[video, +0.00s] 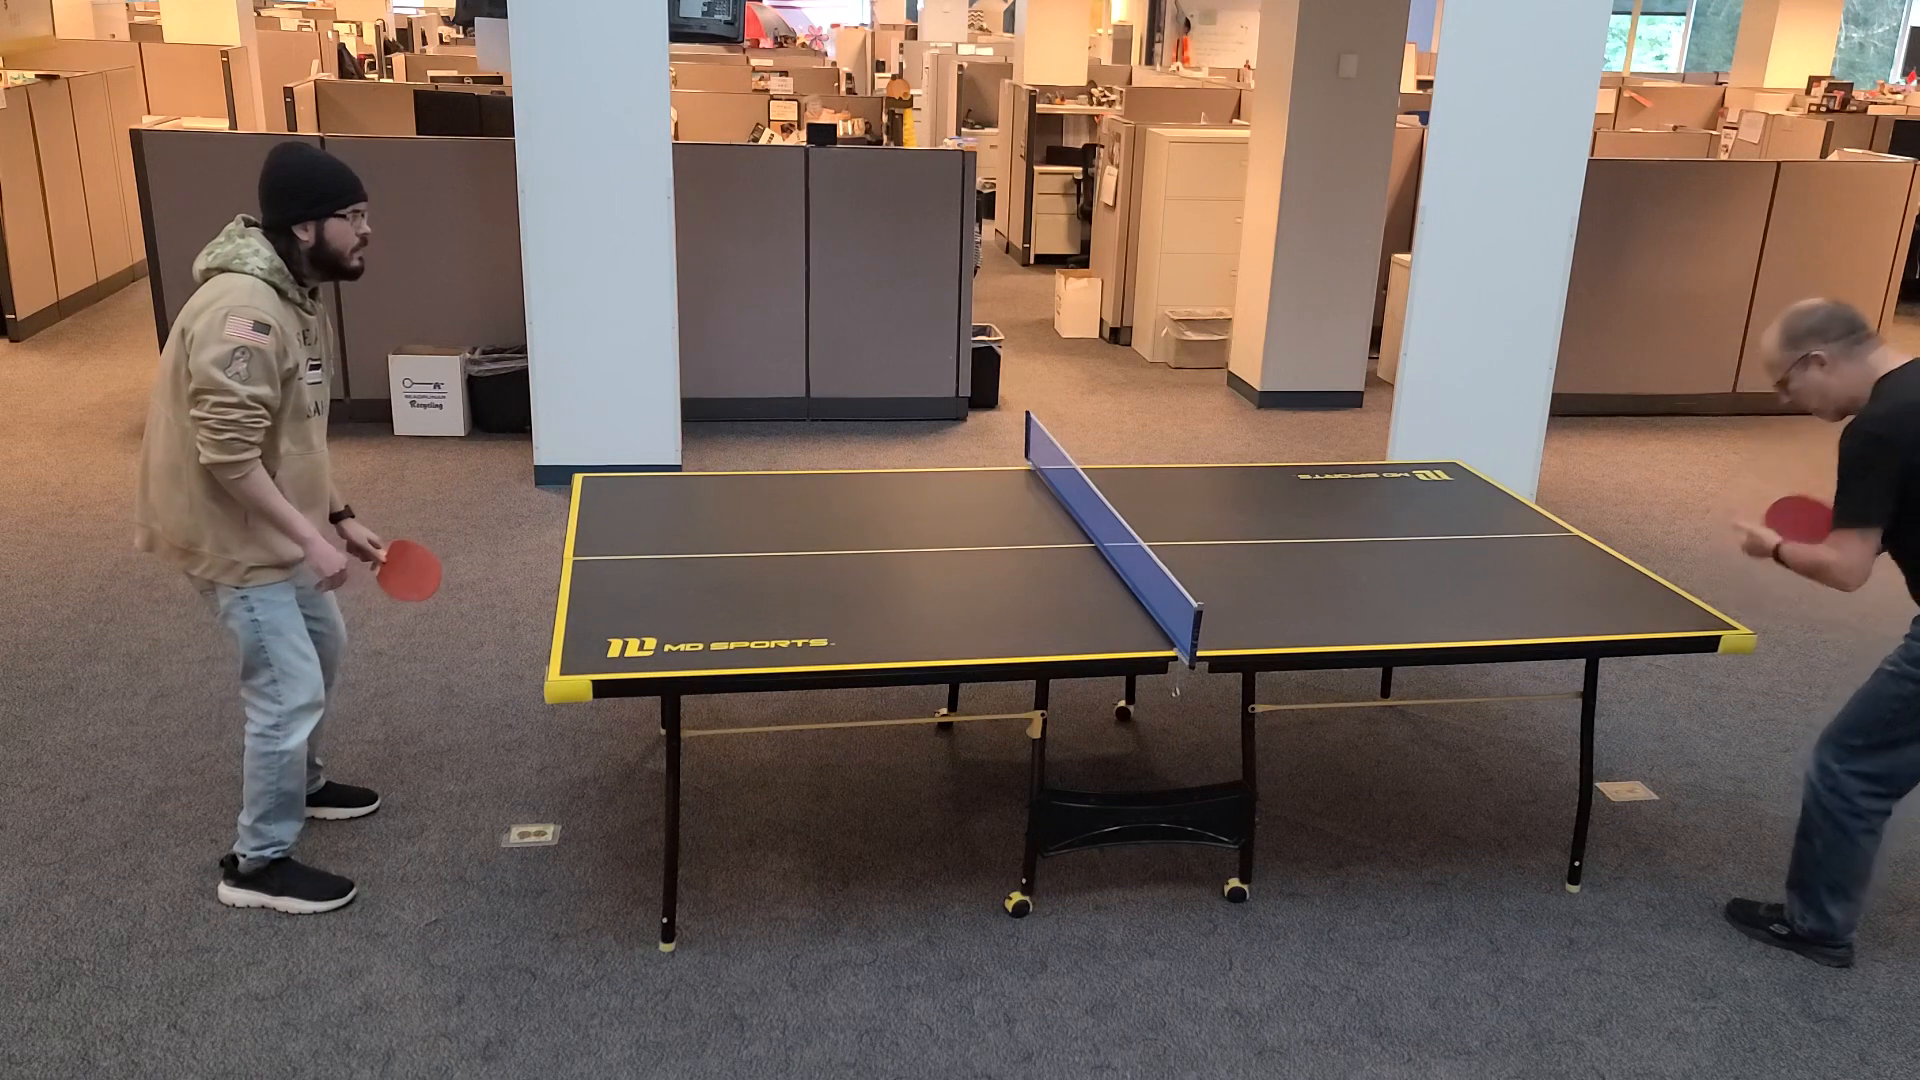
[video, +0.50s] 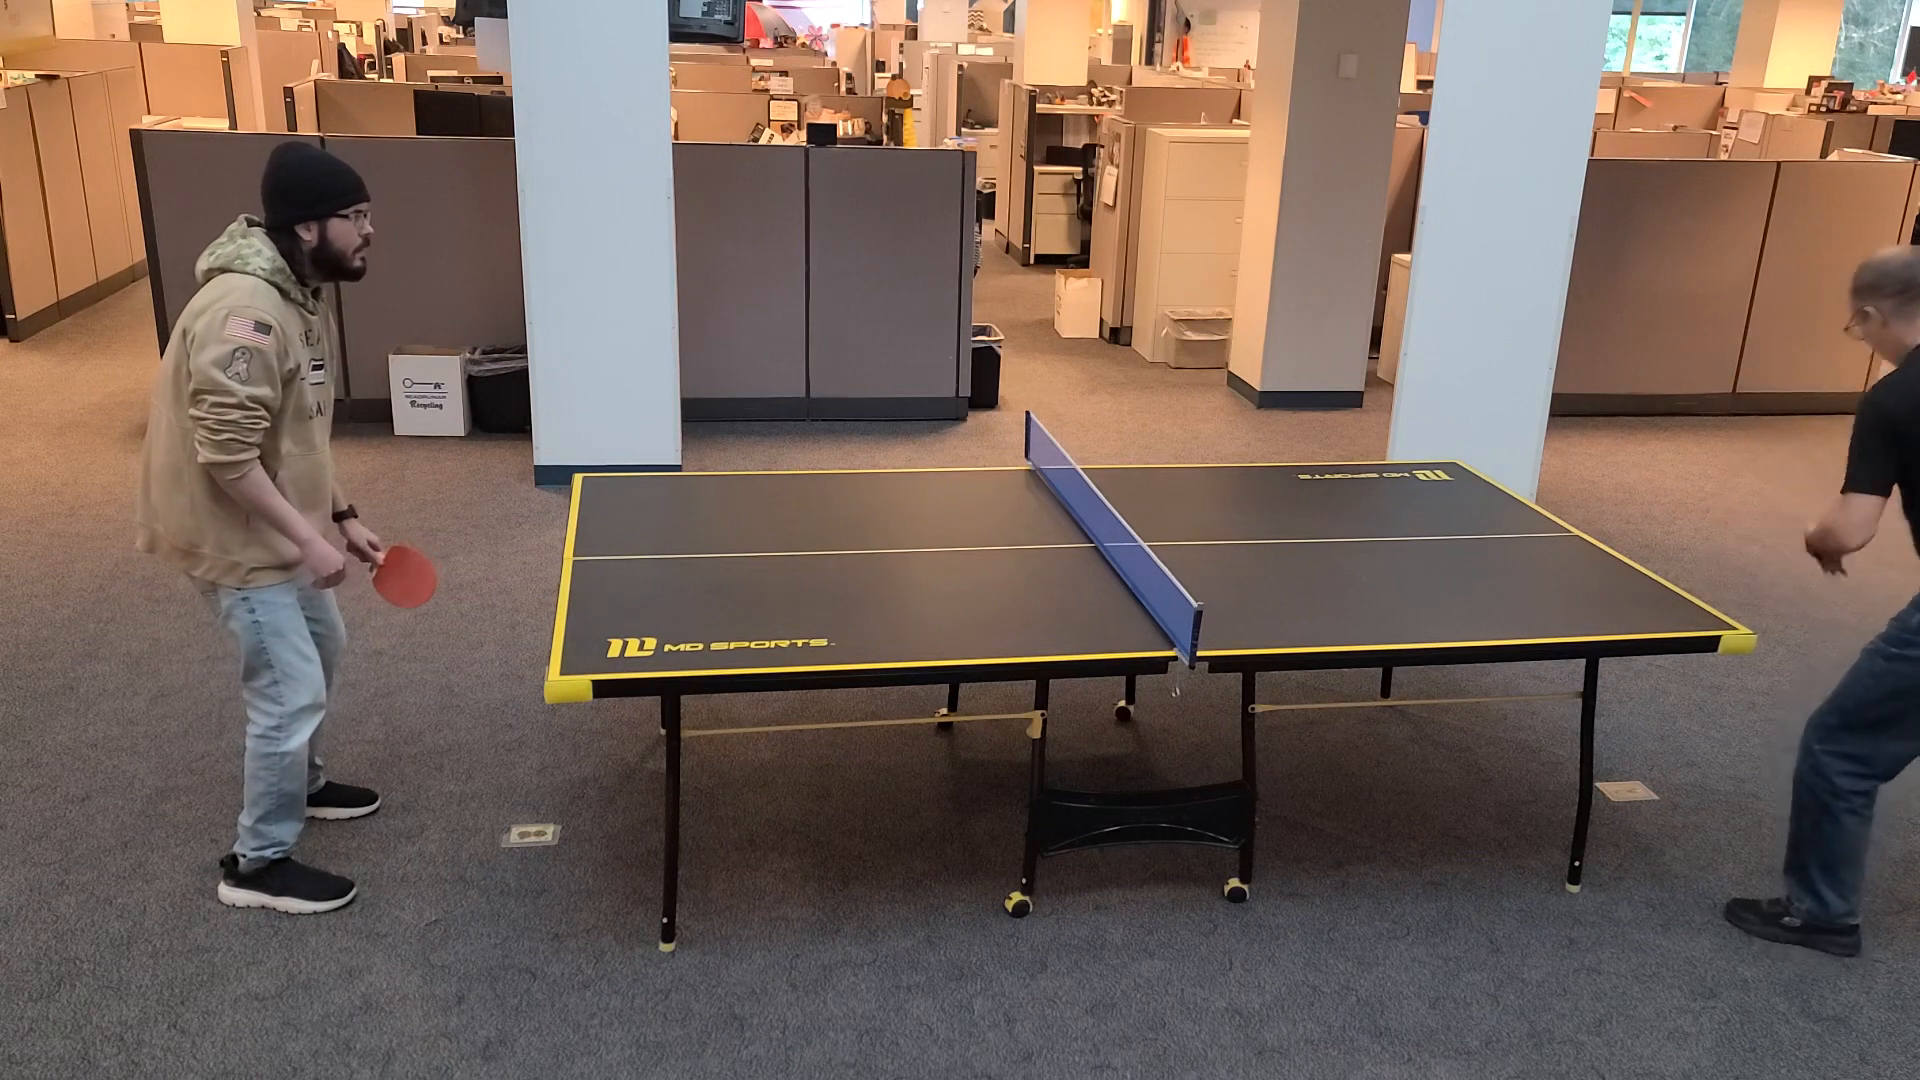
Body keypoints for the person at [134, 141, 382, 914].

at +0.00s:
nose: (366, 229)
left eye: (364, 214)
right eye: (352, 216)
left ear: (307, 227)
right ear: (302, 226)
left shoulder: (291, 293)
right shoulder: (243, 311)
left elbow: (293, 432)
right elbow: (229, 456)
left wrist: (339, 516)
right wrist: (308, 539)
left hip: (277, 524)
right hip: (229, 533)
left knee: (324, 647)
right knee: (289, 690)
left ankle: (295, 788)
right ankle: (258, 859)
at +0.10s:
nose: (366, 229)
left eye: (363, 213)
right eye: (351, 216)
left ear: (308, 229)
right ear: (302, 228)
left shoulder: (294, 292)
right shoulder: (241, 312)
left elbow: (293, 431)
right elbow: (226, 458)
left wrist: (338, 515)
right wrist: (307, 543)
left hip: (279, 522)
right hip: (229, 533)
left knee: (323, 647)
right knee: (290, 689)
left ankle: (296, 787)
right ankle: (258, 859)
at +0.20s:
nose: (366, 228)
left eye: (363, 213)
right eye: (351, 216)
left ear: (308, 229)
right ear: (302, 228)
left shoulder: (297, 291)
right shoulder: (242, 312)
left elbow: (295, 429)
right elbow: (226, 458)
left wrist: (338, 514)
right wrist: (305, 545)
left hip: (278, 520)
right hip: (228, 532)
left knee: (323, 647)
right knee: (291, 689)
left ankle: (296, 787)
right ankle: (258, 859)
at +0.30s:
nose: (367, 228)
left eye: (364, 213)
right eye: (353, 215)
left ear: (308, 227)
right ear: (303, 227)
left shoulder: (295, 292)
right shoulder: (243, 311)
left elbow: (294, 431)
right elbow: (226, 457)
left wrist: (339, 515)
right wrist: (305, 543)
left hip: (277, 521)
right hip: (228, 533)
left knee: (324, 646)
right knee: (292, 687)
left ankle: (295, 787)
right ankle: (258, 859)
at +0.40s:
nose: (367, 228)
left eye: (364, 212)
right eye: (353, 215)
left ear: (309, 227)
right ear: (304, 227)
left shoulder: (297, 291)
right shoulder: (244, 310)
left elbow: (295, 430)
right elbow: (227, 457)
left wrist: (340, 515)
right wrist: (305, 544)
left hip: (277, 519)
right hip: (228, 532)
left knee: (324, 646)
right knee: (292, 687)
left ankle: (295, 787)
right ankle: (258, 859)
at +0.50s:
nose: (368, 227)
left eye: (365, 212)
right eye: (354, 214)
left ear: (310, 226)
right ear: (305, 226)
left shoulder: (299, 291)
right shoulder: (244, 310)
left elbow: (297, 429)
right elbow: (227, 457)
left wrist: (341, 514)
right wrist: (305, 541)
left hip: (280, 520)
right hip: (229, 532)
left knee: (323, 648)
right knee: (291, 688)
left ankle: (296, 787)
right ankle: (258, 858)